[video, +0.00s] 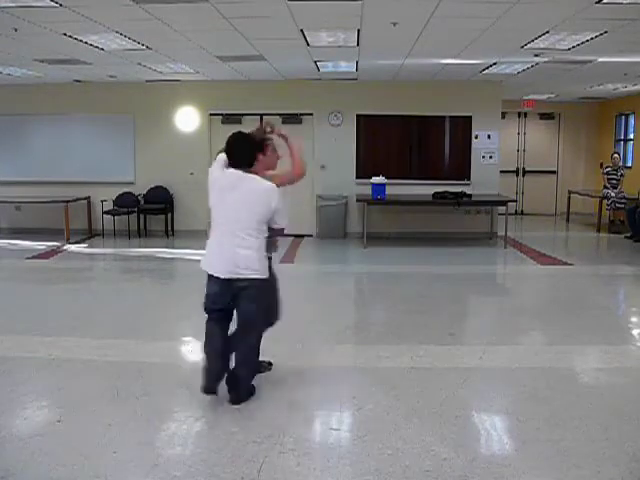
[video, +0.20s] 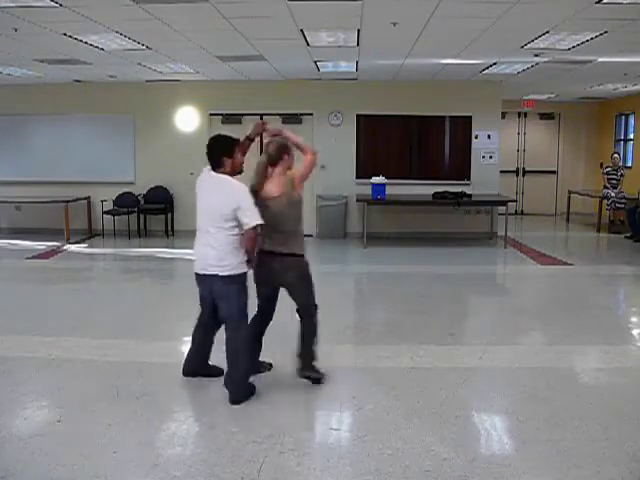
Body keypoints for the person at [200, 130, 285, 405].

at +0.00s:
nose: (267, 157)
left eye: (267, 152)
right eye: (263, 153)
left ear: (230, 157)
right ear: (255, 159)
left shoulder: (217, 178)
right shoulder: (268, 190)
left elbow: (226, 154)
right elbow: (278, 230)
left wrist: (253, 136)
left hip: (217, 267)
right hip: (253, 271)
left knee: (216, 318)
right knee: (250, 329)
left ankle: (212, 377)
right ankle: (239, 389)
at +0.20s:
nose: (242, 159)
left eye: (241, 155)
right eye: (239, 155)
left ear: (216, 159)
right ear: (226, 159)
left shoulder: (203, 180)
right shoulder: (237, 189)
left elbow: (233, 158)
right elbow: (251, 230)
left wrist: (253, 135)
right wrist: (250, 254)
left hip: (204, 266)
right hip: (229, 269)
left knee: (210, 317)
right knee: (237, 327)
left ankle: (195, 363)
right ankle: (238, 388)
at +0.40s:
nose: (228, 158)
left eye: (229, 153)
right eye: (223, 154)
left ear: (219, 157)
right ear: (207, 159)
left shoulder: (210, 179)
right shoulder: (209, 185)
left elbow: (229, 195)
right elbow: (207, 225)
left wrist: (245, 179)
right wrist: (233, 252)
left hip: (203, 263)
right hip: (206, 265)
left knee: (206, 316)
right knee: (215, 320)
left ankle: (194, 362)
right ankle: (205, 379)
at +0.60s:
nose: (224, 161)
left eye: (225, 156)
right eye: (218, 157)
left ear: (226, 158)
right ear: (202, 161)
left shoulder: (228, 187)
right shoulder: (193, 188)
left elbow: (233, 217)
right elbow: (201, 225)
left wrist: (251, 216)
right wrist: (236, 227)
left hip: (217, 264)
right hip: (192, 263)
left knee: (211, 316)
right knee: (191, 311)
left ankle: (196, 362)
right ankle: (170, 349)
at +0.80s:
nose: (232, 164)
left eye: (233, 159)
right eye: (226, 159)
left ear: (235, 160)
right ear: (211, 162)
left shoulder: (238, 187)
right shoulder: (199, 187)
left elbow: (248, 219)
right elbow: (207, 222)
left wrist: (258, 216)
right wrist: (237, 215)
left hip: (226, 262)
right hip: (198, 262)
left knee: (227, 305)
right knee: (199, 311)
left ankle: (203, 354)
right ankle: (207, 348)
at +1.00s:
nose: (250, 165)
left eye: (251, 160)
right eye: (244, 160)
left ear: (254, 161)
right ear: (229, 162)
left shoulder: (256, 186)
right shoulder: (215, 187)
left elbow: (265, 219)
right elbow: (223, 223)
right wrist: (243, 194)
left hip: (246, 261)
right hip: (216, 261)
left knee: (259, 302)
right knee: (212, 304)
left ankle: (261, 348)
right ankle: (206, 344)